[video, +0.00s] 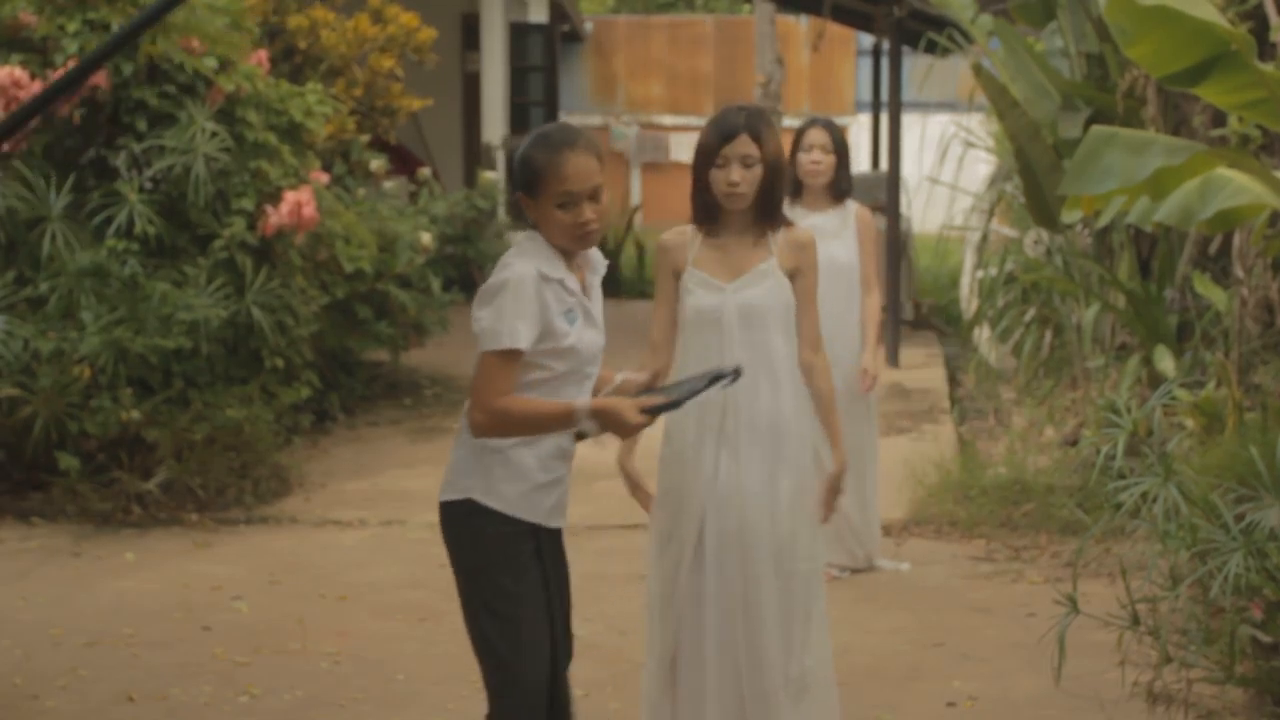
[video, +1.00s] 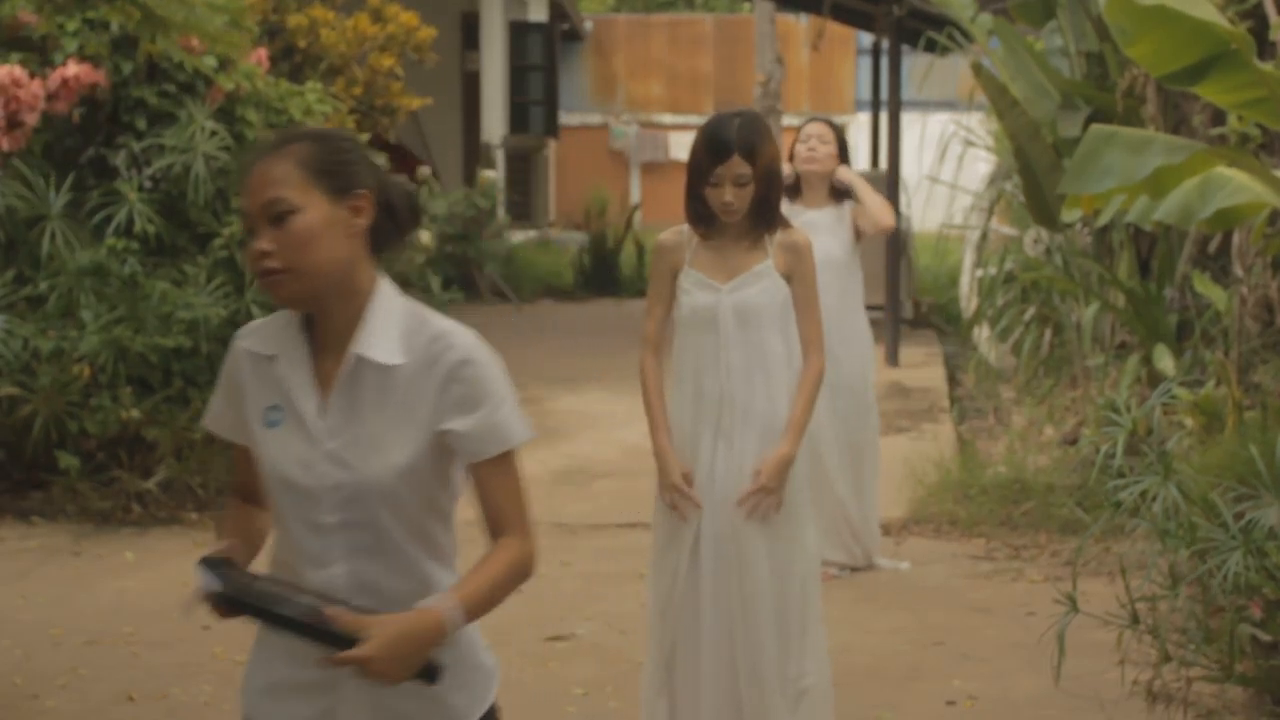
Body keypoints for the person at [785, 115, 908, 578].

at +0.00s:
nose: (815, 159)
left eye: (825, 151)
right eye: (807, 150)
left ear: (840, 160)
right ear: (793, 159)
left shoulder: (858, 218)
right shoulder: (779, 218)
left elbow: (871, 288)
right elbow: (769, 290)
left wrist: (871, 349)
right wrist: (773, 351)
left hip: (846, 348)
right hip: (793, 348)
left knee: (851, 447)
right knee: (800, 445)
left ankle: (852, 545)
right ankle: (807, 547)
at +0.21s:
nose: (815, 161)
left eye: (825, 153)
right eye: (807, 152)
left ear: (839, 161)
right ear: (793, 160)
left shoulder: (855, 215)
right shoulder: (780, 214)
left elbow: (880, 282)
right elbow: (762, 275)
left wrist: (855, 241)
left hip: (845, 340)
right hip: (792, 338)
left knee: (848, 439)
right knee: (797, 437)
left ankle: (848, 545)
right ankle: (806, 545)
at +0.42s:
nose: (816, 169)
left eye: (824, 160)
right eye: (807, 160)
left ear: (838, 166)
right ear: (793, 169)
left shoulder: (850, 208)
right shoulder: (782, 214)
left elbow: (865, 220)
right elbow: (759, 213)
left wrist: (838, 157)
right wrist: (786, 158)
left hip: (847, 336)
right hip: (796, 336)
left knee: (851, 435)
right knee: (803, 437)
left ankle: (853, 541)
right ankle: (810, 545)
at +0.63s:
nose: (812, 155)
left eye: (822, 147)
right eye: (805, 147)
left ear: (837, 158)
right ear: (790, 156)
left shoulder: (848, 209)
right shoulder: (777, 211)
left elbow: (872, 225)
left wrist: (869, 174)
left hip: (847, 335)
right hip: (793, 336)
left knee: (852, 434)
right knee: (801, 437)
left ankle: (853, 541)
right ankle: (809, 544)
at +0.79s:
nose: (812, 147)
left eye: (824, 141)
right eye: (805, 140)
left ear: (840, 158)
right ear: (792, 154)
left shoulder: (851, 210)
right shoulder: (776, 211)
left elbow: (862, 248)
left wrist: (875, 192)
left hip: (843, 335)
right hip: (789, 335)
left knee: (846, 435)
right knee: (793, 433)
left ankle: (846, 543)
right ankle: (801, 540)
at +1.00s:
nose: (811, 148)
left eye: (821, 142)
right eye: (804, 141)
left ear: (839, 159)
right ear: (791, 156)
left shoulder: (848, 209)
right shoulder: (776, 208)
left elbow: (884, 222)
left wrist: (853, 176)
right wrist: (773, 174)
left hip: (845, 334)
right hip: (792, 335)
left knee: (847, 436)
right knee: (798, 435)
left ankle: (851, 543)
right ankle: (805, 545)